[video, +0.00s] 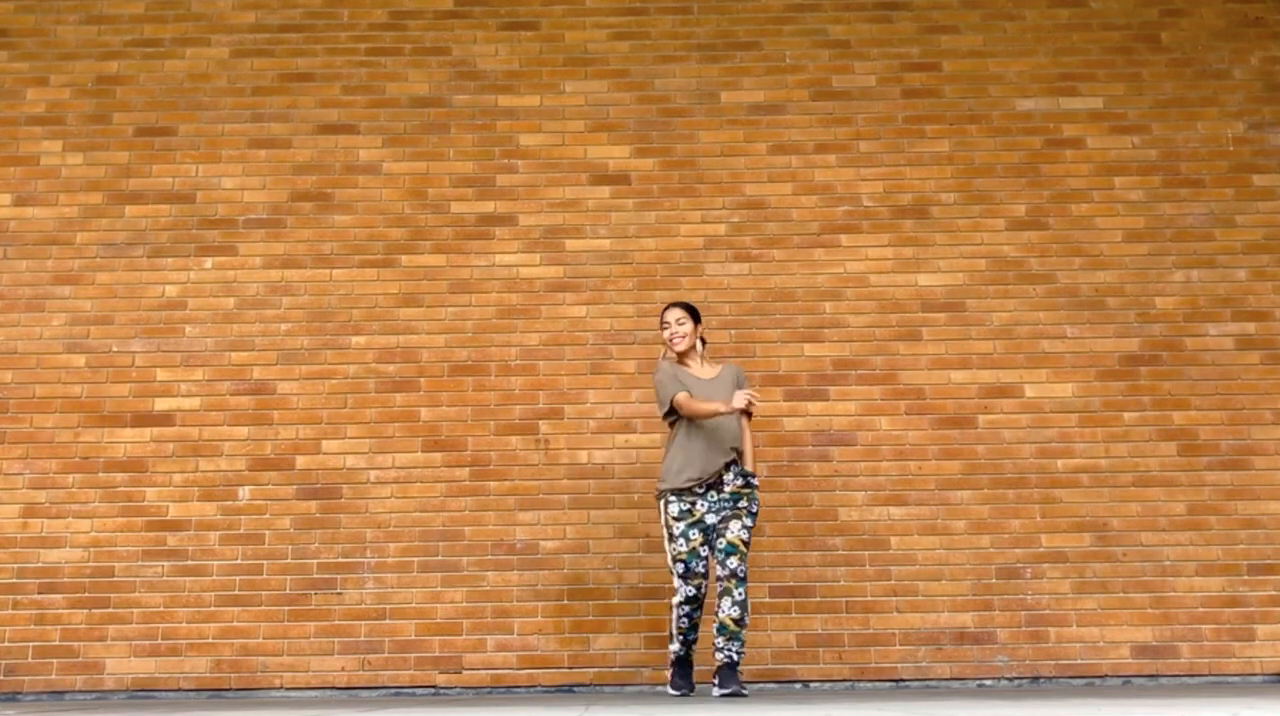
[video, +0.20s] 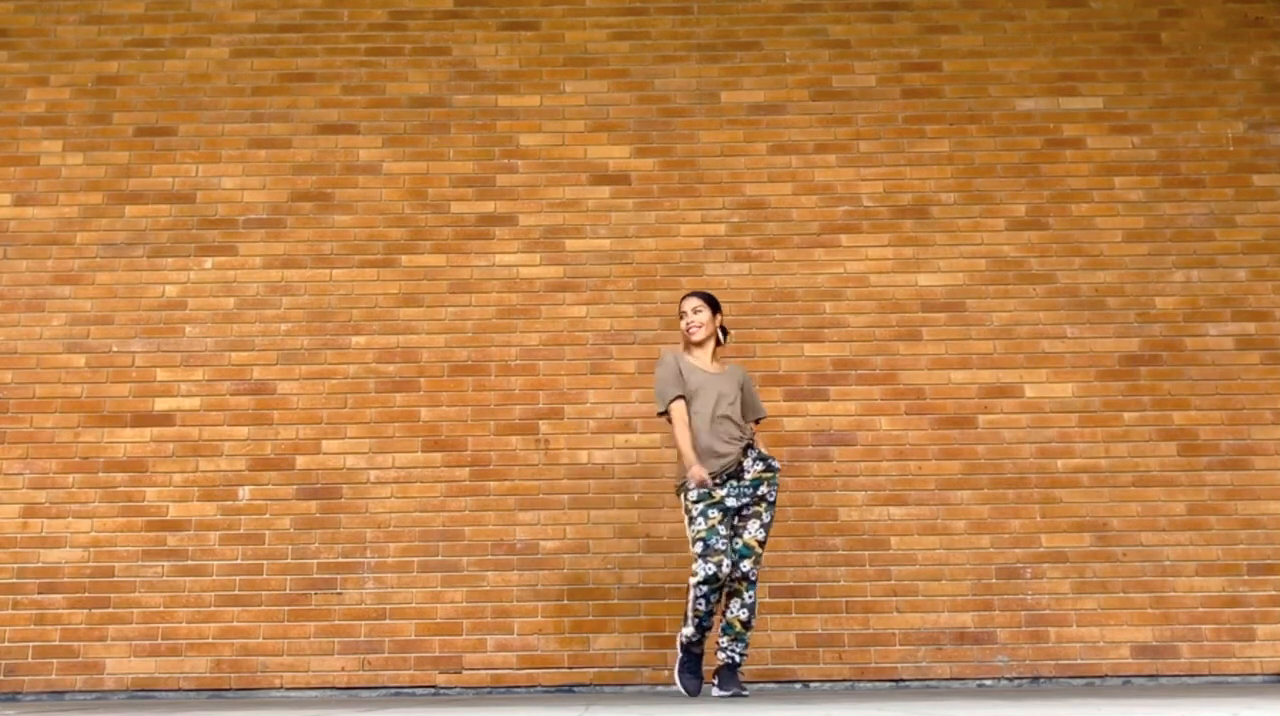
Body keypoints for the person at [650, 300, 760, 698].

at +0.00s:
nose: (674, 331)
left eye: (681, 323)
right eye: (667, 327)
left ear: (698, 327)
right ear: (662, 336)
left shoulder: (732, 373)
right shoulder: (666, 371)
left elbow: (743, 427)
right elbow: (686, 406)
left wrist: (749, 474)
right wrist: (729, 405)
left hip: (732, 485)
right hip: (682, 490)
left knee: (733, 574)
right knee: (692, 578)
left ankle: (728, 666)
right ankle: (682, 660)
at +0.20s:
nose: (691, 320)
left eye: (698, 312)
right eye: (685, 315)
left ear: (717, 320)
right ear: (681, 327)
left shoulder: (739, 375)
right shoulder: (674, 363)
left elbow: (750, 433)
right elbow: (679, 420)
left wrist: (761, 463)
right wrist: (692, 464)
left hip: (750, 484)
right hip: (705, 487)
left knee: (746, 572)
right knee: (714, 568)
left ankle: (729, 667)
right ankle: (692, 648)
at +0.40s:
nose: (693, 294)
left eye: (702, 287)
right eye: (688, 289)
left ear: (723, 301)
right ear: (684, 303)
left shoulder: (750, 351)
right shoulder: (677, 352)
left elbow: (764, 410)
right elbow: (655, 410)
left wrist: (773, 450)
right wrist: (627, 466)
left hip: (756, 461)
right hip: (707, 465)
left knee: (758, 547)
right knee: (732, 543)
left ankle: (736, 651)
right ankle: (730, 652)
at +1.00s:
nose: (730, 260)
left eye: (737, 252)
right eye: (720, 258)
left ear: (755, 263)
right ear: (713, 273)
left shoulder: (780, 321)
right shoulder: (699, 319)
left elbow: (799, 384)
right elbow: (691, 377)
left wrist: (788, 429)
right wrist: (676, 434)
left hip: (769, 445)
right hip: (710, 452)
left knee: (778, 545)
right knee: (730, 557)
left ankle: (800, 658)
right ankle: (761, 663)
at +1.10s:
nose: (731, 252)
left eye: (740, 246)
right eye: (722, 247)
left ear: (755, 260)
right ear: (711, 263)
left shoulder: (778, 314)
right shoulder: (699, 313)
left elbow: (795, 380)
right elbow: (711, 350)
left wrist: (790, 422)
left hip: (769, 435)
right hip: (711, 444)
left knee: (775, 534)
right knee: (731, 552)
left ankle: (791, 653)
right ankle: (762, 661)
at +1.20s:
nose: (733, 249)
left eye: (742, 243)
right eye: (723, 243)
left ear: (755, 257)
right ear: (711, 260)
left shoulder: (779, 312)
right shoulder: (697, 306)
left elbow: (795, 378)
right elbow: (723, 341)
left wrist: (791, 425)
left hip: (771, 432)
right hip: (714, 441)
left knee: (770, 525)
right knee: (732, 546)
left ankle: (773, 647)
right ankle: (764, 650)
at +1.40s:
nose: (734, 233)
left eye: (741, 228)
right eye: (723, 229)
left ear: (755, 244)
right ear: (709, 247)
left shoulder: (779, 306)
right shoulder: (699, 289)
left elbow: (792, 381)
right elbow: (732, 342)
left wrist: (787, 434)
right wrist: (804, 363)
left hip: (772, 427)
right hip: (712, 432)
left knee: (771, 534)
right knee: (724, 541)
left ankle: (772, 656)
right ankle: (744, 640)